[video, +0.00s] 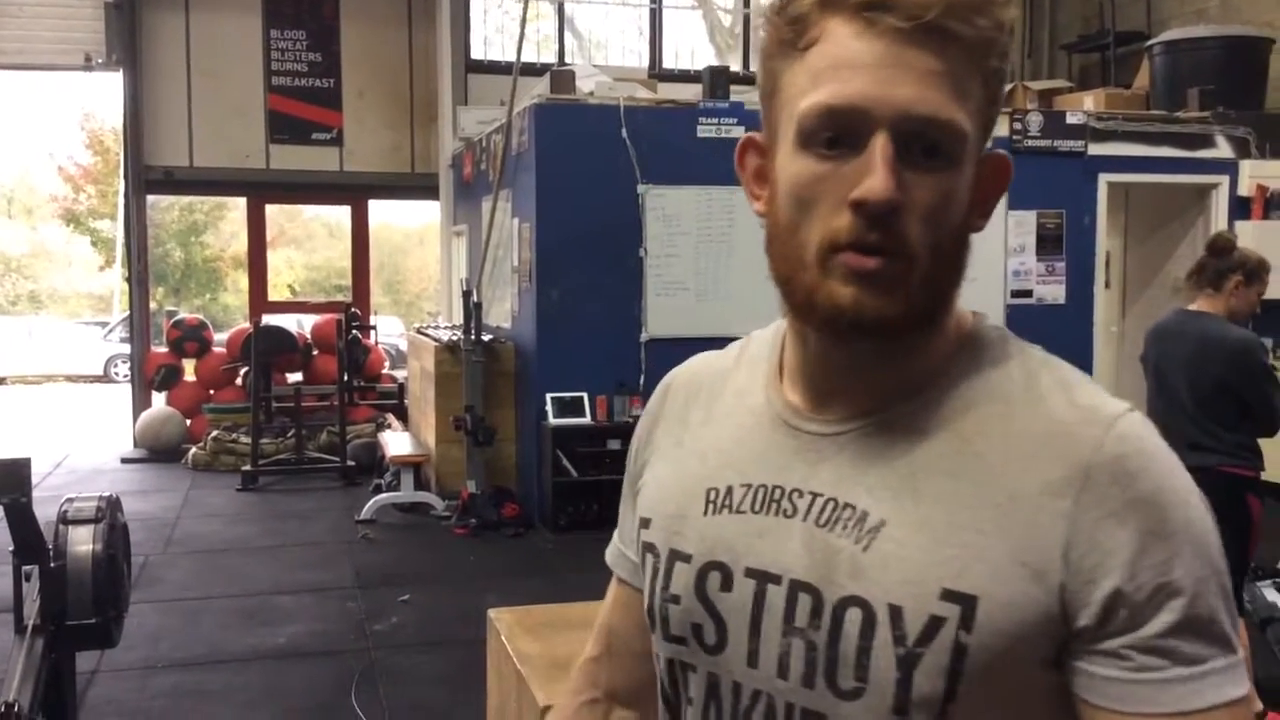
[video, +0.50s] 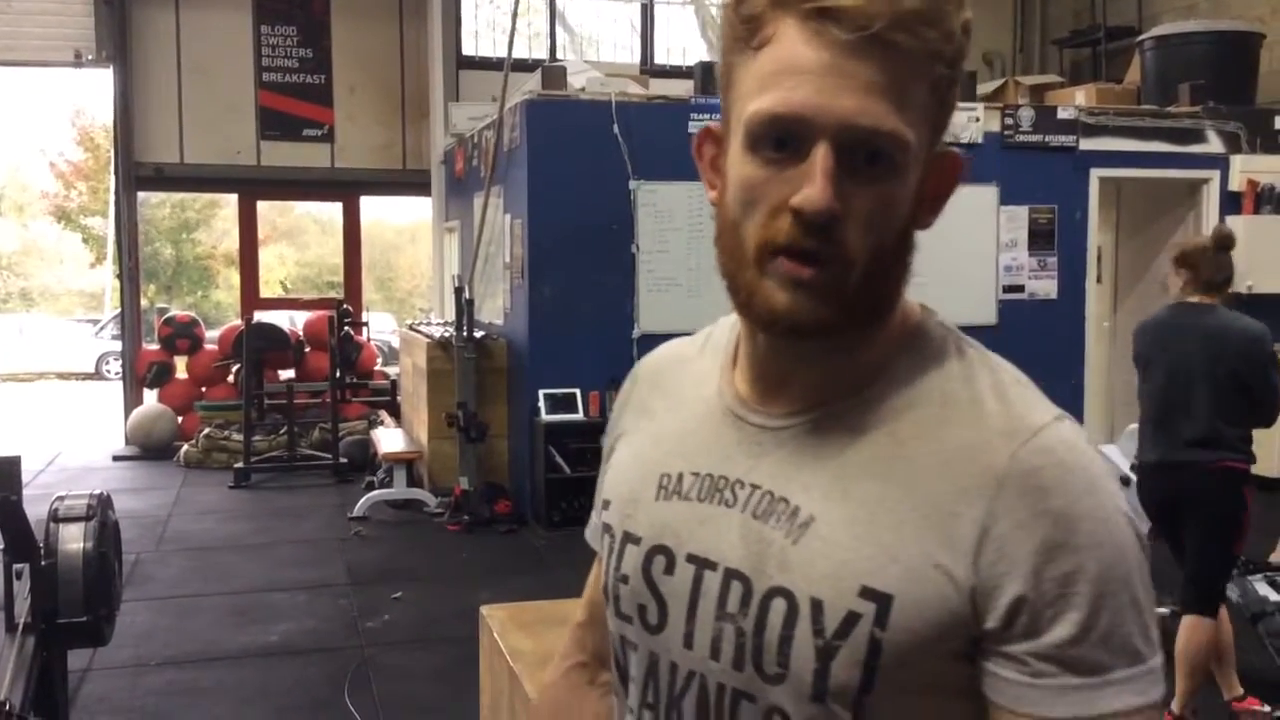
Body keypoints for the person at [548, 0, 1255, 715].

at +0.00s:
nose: (879, 190)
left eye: (926, 148)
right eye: (834, 139)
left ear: (982, 194)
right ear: (760, 176)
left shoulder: (1104, 473)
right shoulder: (686, 407)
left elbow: (1205, 703)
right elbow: (609, 692)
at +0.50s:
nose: (817, 199)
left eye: (868, 158)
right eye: (780, 144)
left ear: (932, 192)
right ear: (714, 164)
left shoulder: (1039, 487)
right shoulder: (655, 392)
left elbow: (1097, 700)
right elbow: (592, 658)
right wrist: (571, 674)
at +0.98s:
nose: (712, 162)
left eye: (758, 123)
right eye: (677, 118)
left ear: (824, 156)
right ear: (624, 148)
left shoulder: (930, 416)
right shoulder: (590, 369)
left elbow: (998, 706)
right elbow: (535, 648)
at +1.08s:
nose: (704, 153)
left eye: (747, 111)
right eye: (667, 110)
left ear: (814, 144)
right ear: (616, 143)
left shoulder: (927, 404)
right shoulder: (594, 362)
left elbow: (1014, 712)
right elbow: (544, 635)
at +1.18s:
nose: (709, 137)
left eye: (752, 97)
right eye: (672, 97)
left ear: (823, 128)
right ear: (624, 131)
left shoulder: (946, 382)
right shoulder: (617, 351)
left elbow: (1053, 696)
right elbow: (572, 617)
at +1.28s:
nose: (752, 112)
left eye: (797, 70)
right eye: (715, 74)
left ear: (875, 99)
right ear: (672, 111)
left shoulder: (1010, 353)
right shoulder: (687, 332)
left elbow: (1134, 682)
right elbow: (645, 594)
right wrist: (595, 706)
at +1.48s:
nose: (871, 87)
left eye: (918, 35)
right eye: (855, 47)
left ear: (1054, 28)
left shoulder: (1219, 298)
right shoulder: (930, 283)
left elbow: (1266, 664)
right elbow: (904, 575)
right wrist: (810, 703)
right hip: (909, 705)